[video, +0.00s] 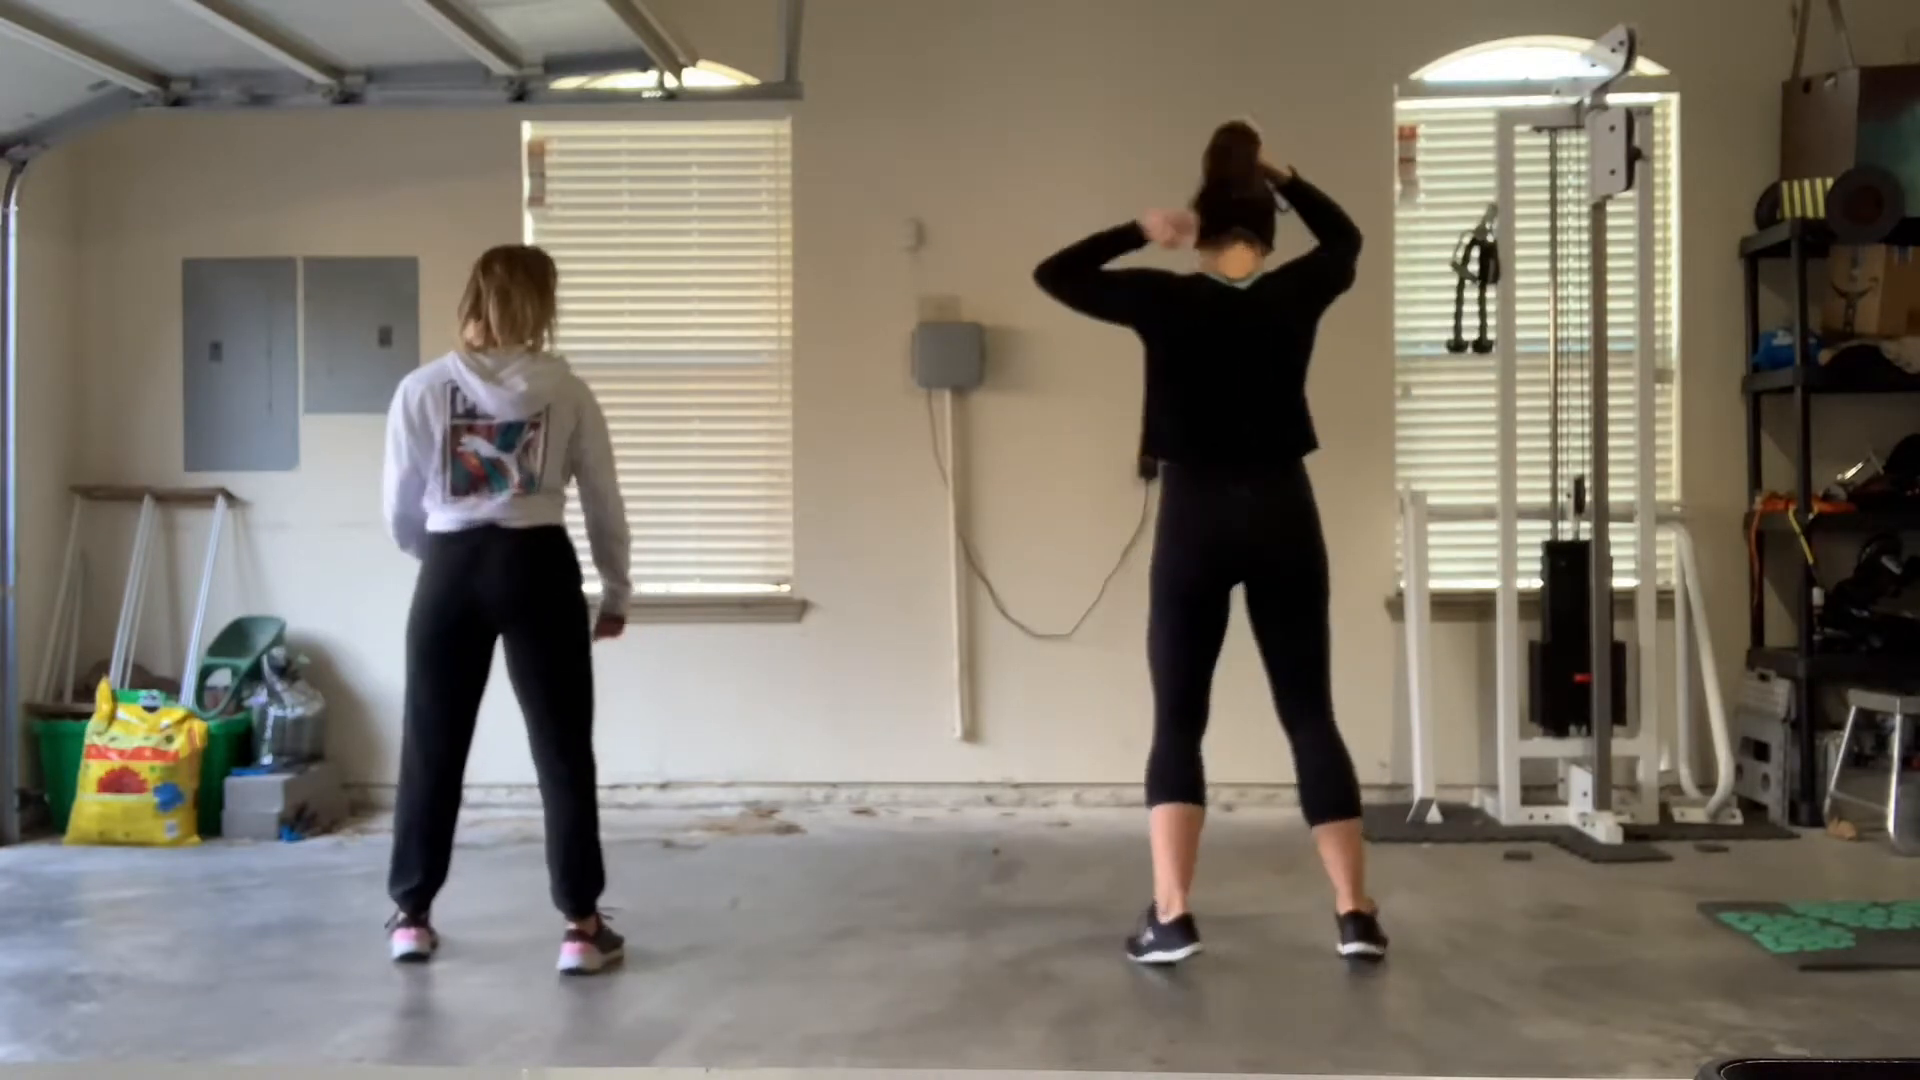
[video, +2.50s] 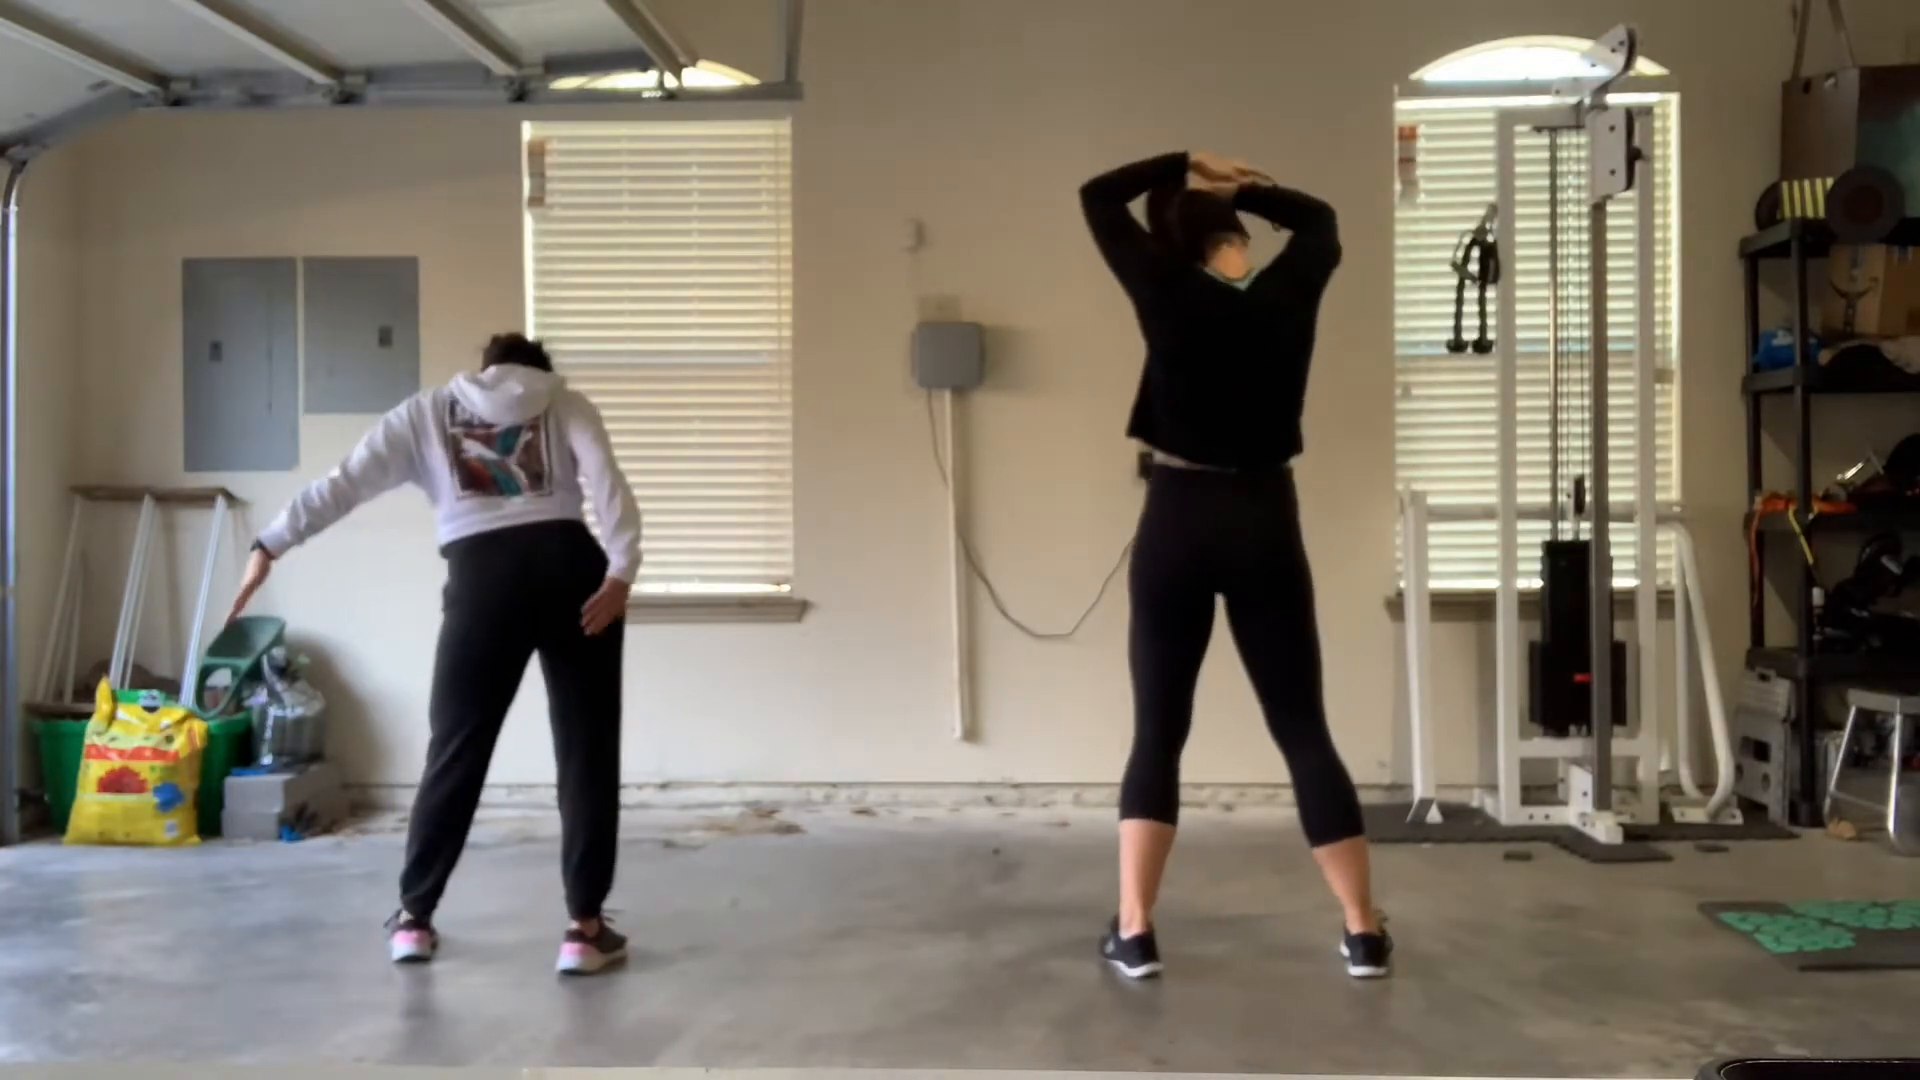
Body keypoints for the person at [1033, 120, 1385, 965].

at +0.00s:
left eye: (1214, 220)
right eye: (1253, 220)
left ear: (1199, 228)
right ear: (1272, 229)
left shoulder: (1164, 301)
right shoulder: (1295, 294)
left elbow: (1055, 274)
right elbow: (1344, 239)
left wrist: (1137, 229)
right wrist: (1290, 182)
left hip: (1194, 524)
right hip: (1285, 520)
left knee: (1179, 719)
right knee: (1310, 713)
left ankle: (1172, 916)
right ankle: (1354, 913)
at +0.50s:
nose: (1226, 260)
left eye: (1202, 249)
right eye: (1242, 249)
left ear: (1187, 252)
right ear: (1259, 248)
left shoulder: (1168, 297)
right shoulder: (1292, 304)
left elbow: (1089, 205)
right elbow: (1331, 207)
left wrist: (1172, 177)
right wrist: (1260, 153)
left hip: (1183, 532)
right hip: (1273, 533)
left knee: (1141, 726)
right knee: (1307, 721)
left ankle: (1131, 926)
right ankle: (1363, 916)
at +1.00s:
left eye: (1178, 229)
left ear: (1181, 241)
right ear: (1257, 224)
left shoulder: (1184, 319)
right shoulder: (1318, 305)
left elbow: (1076, 273)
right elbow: (1374, 274)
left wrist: (1142, 207)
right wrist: (1305, 207)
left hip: (1210, 545)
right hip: (1303, 543)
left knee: (1165, 729)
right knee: (1325, 731)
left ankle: (1145, 928)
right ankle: (1377, 931)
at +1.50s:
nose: (1249, 260)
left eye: (1242, 246)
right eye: (1249, 244)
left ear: (1180, 245)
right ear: (1248, 241)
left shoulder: (1160, 298)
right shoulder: (1287, 307)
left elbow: (1083, 209)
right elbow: (1327, 239)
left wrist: (1156, 160)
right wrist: (1258, 196)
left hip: (1162, 536)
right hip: (1255, 540)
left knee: (1151, 732)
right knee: (1294, 731)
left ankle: (1134, 932)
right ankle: (1361, 927)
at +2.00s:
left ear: (1209, 245)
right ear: (1279, 237)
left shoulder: (1197, 300)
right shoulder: (1325, 302)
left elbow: (1120, 213)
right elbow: (1351, 245)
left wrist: (1182, 149)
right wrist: (1281, 199)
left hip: (1221, 532)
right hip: (1313, 530)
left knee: (1175, 732)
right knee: (1323, 727)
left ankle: (1137, 927)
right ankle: (1364, 930)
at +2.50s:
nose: (1251, 241)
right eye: (1239, 231)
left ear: (1173, 243)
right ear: (1241, 238)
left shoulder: (1164, 296)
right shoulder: (1289, 297)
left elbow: (1098, 198)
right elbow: (1319, 221)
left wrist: (1177, 162)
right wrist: (1249, 187)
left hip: (1176, 518)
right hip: (1266, 521)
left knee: (1158, 730)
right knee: (1303, 727)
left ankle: (1134, 930)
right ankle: (1363, 928)